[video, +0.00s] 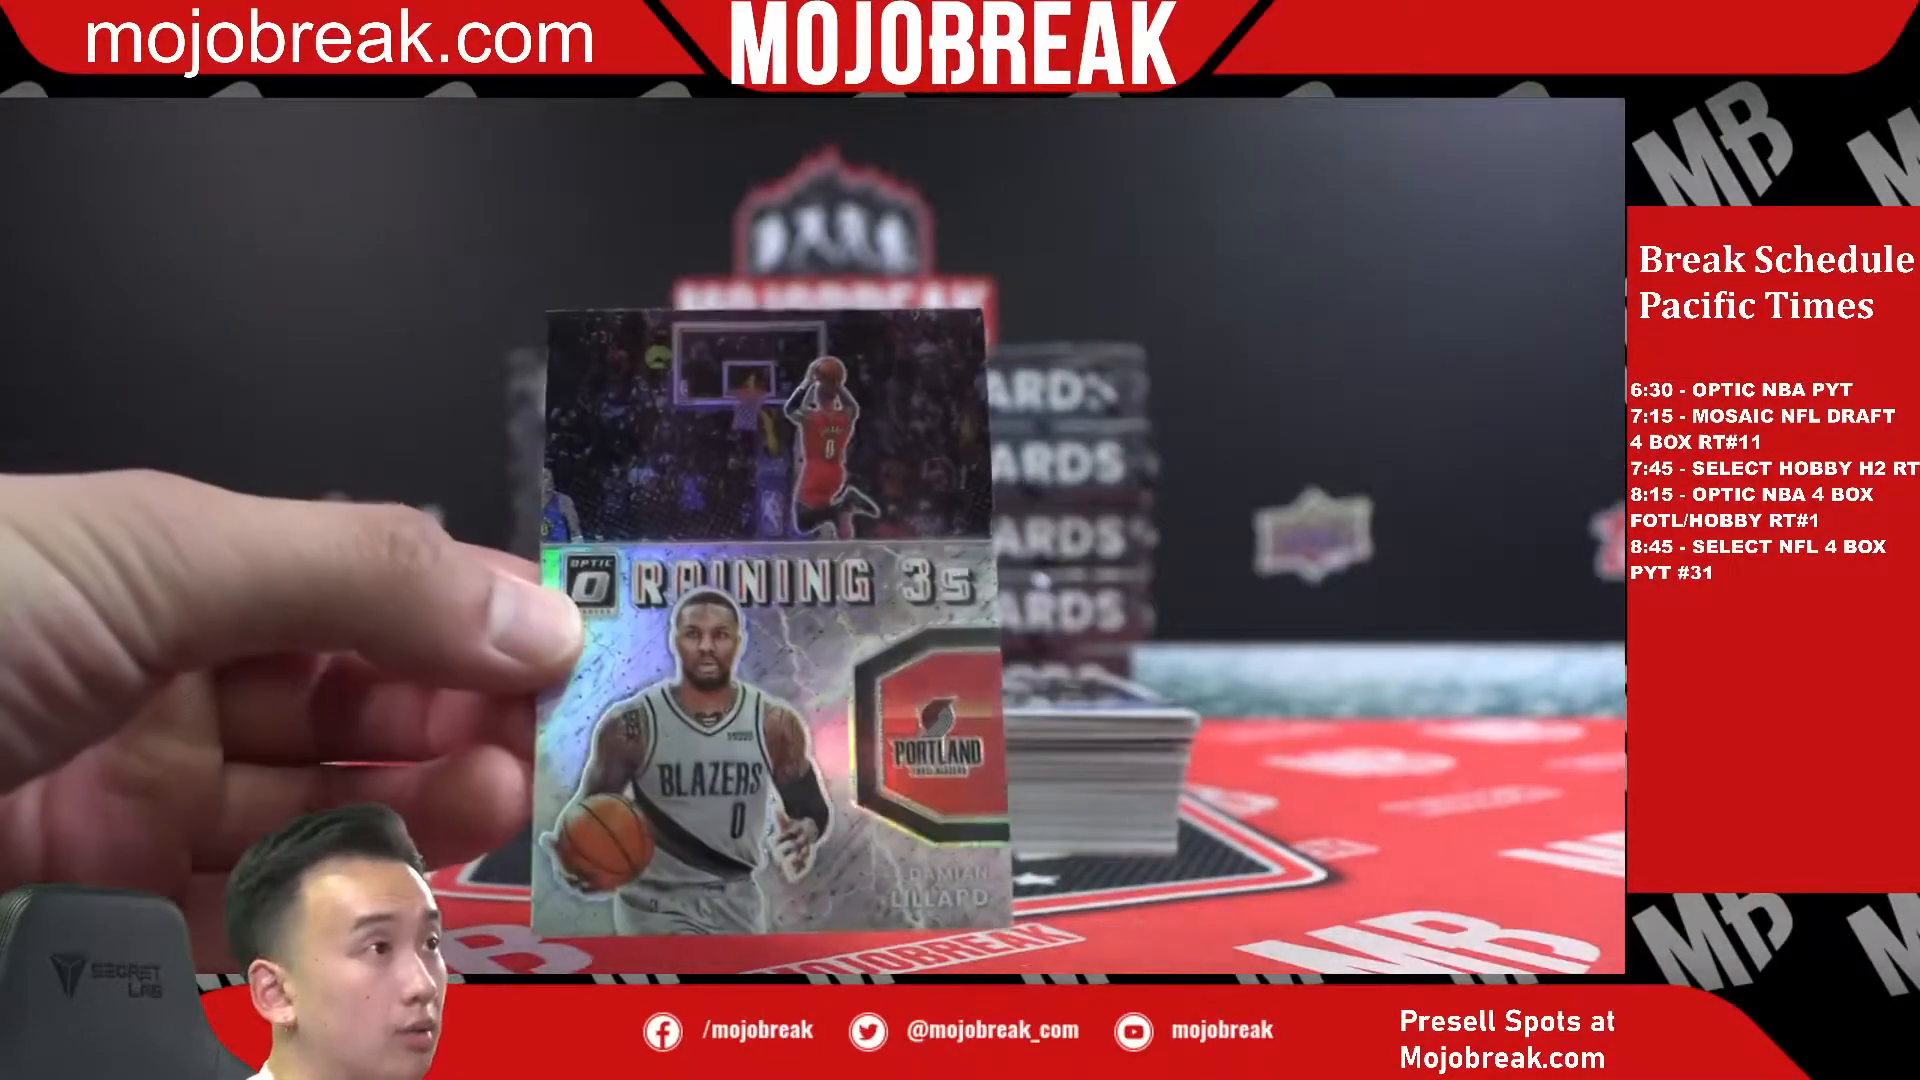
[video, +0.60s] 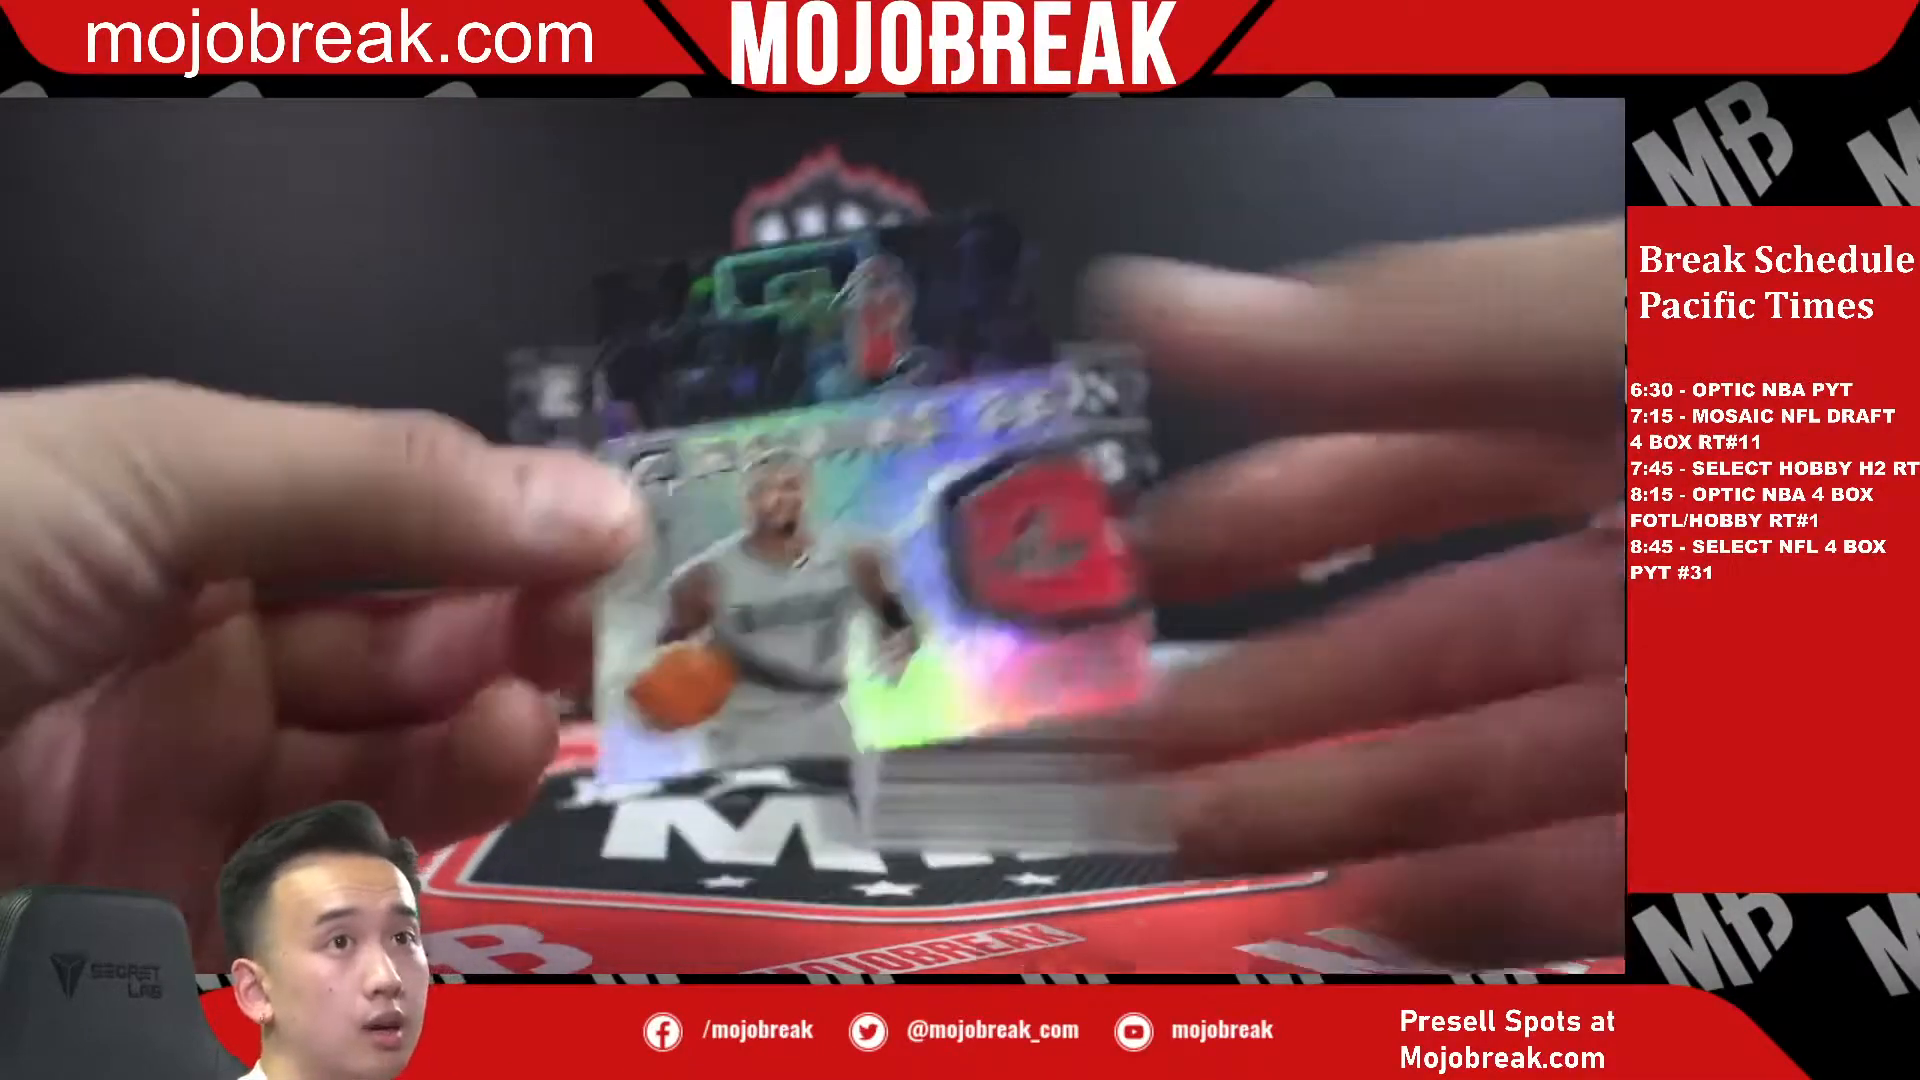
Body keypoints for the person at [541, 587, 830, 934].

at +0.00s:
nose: (707, 647)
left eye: (720, 634)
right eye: (693, 634)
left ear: (739, 643)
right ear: (674, 641)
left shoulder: (776, 723)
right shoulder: (628, 725)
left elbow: (812, 809)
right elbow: (586, 811)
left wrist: (803, 834)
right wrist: (571, 852)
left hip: (738, 901)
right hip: (657, 903)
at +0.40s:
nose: (717, 643)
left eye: (731, 631)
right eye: (704, 631)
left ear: (750, 642)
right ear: (684, 638)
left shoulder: (785, 720)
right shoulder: (641, 721)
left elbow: (824, 801)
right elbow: (598, 805)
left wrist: (817, 827)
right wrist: (584, 844)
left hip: (753, 910)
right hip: (664, 912)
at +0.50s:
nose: (735, 590)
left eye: (749, 576)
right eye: (723, 577)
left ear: (769, 581)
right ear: (708, 584)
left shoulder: (808, 657)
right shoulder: (666, 670)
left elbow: (854, 738)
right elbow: (619, 759)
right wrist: (628, 782)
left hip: (787, 856)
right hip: (701, 860)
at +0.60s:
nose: (777, 500)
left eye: (790, 486)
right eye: (763, 489)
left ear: (806, 492)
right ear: (747, 499)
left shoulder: (851, 558)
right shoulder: (703, 578)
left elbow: (897, 622)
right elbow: (670, 656)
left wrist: (898, 645)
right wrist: (661, 696)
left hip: (824, 729)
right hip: (742, 737)